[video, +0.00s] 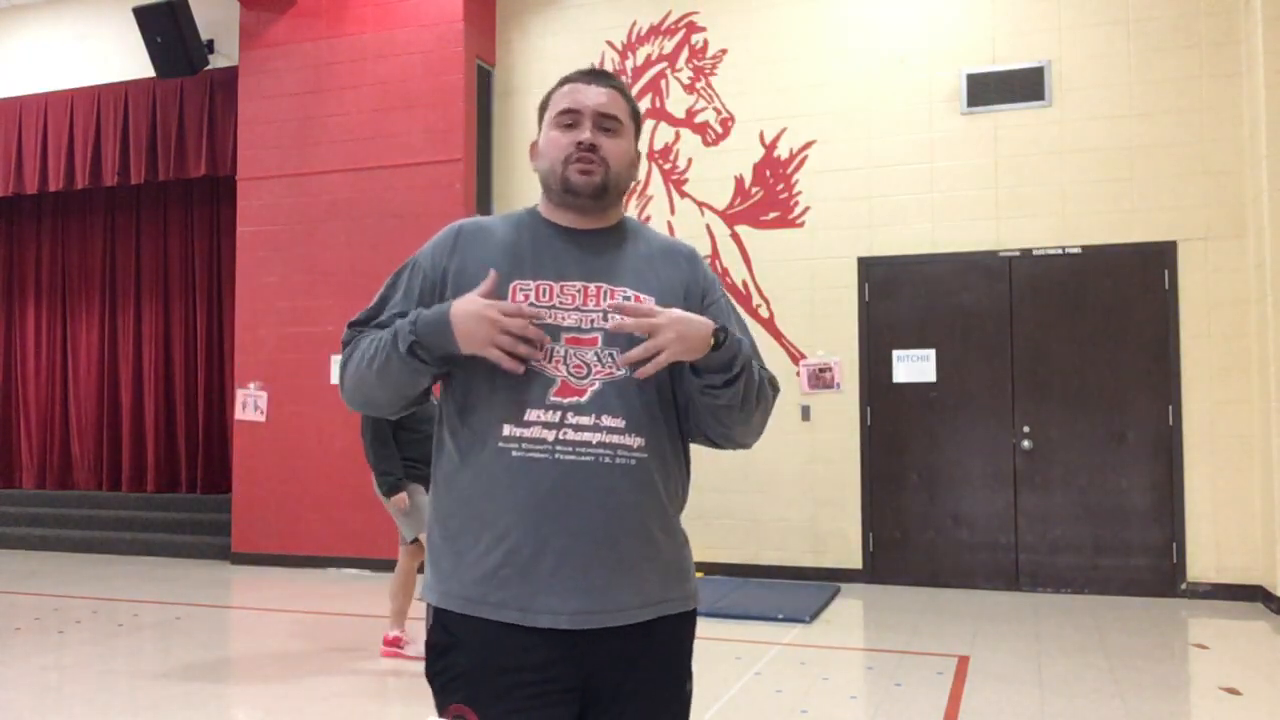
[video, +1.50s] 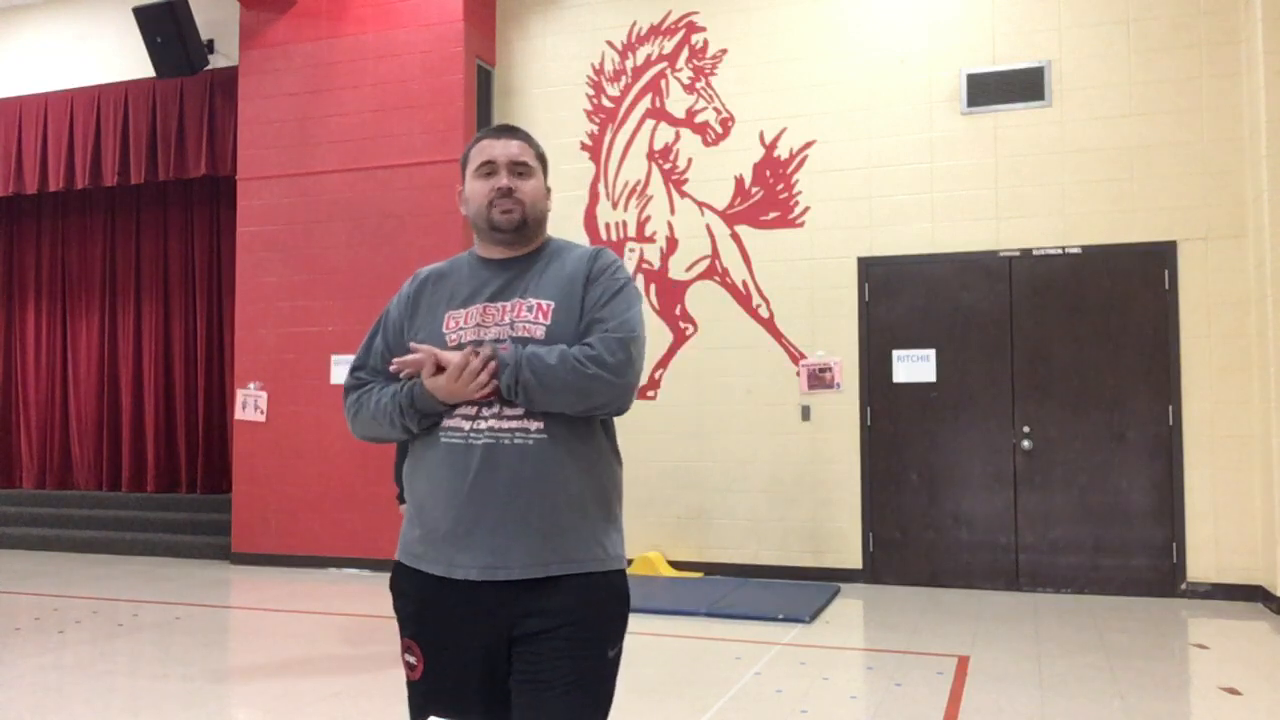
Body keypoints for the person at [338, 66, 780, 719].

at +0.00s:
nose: (587, 136)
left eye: (609, 125)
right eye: (568, 122)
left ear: (637, 159)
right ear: (535, 149)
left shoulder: (680, 270)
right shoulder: (465, 247)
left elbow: (740, 425)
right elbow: (362, 382)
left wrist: (714, 346)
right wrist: (441, 330)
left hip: (640, 612)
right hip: (488, 609)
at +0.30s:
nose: (576, 144)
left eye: (592, 133)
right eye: (555, 132)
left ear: (614, 158)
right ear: (515, 160)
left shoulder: (666, 278)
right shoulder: (456, 263)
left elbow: (720, 412)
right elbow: (358, 402)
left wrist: (786, 377)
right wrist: (393, 322)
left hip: (638, 612)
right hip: (487, 609)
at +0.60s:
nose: (552, 157)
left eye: (565, 143)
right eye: (528, 145)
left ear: (586, 164)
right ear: (491, 176)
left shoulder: (641, 278)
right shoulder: (443, 272)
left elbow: (677, 411)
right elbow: (365, 413)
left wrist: (731, 387)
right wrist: (373, 334)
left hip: (613, 594)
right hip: (470, 593)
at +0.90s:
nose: (522, 172)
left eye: (535, 159)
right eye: (499, 162)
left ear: (556, 177)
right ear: (469, 193)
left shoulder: (617, 275)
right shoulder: (429, 287)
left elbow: (685, 391)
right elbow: (361, 410)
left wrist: (606, 342)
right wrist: (427, 376)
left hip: (586, 585)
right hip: (451, 585)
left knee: (574, 710)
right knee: (457, 712)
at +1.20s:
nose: (503, 182)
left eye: (520, 169)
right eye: (485, 171)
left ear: (548, 186)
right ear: (463, 195)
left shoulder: (601, 271)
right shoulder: (424, 289)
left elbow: (629, 372)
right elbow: (366, 403)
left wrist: (510, 335)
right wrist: (437, 394)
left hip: (573, 573)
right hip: (442, 574)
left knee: (562, 711)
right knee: (450, 714)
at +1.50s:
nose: (504, 182)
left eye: (520, 170)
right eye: (486, 171)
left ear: (548, 192)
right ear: (462, 198)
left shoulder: (595, 272)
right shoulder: (420, 293)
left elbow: (613, 374)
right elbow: (362, 406)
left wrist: (470, 365)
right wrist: (429, 397)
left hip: (571, 573)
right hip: (440, 577)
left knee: (561, 710)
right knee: (447, 713)